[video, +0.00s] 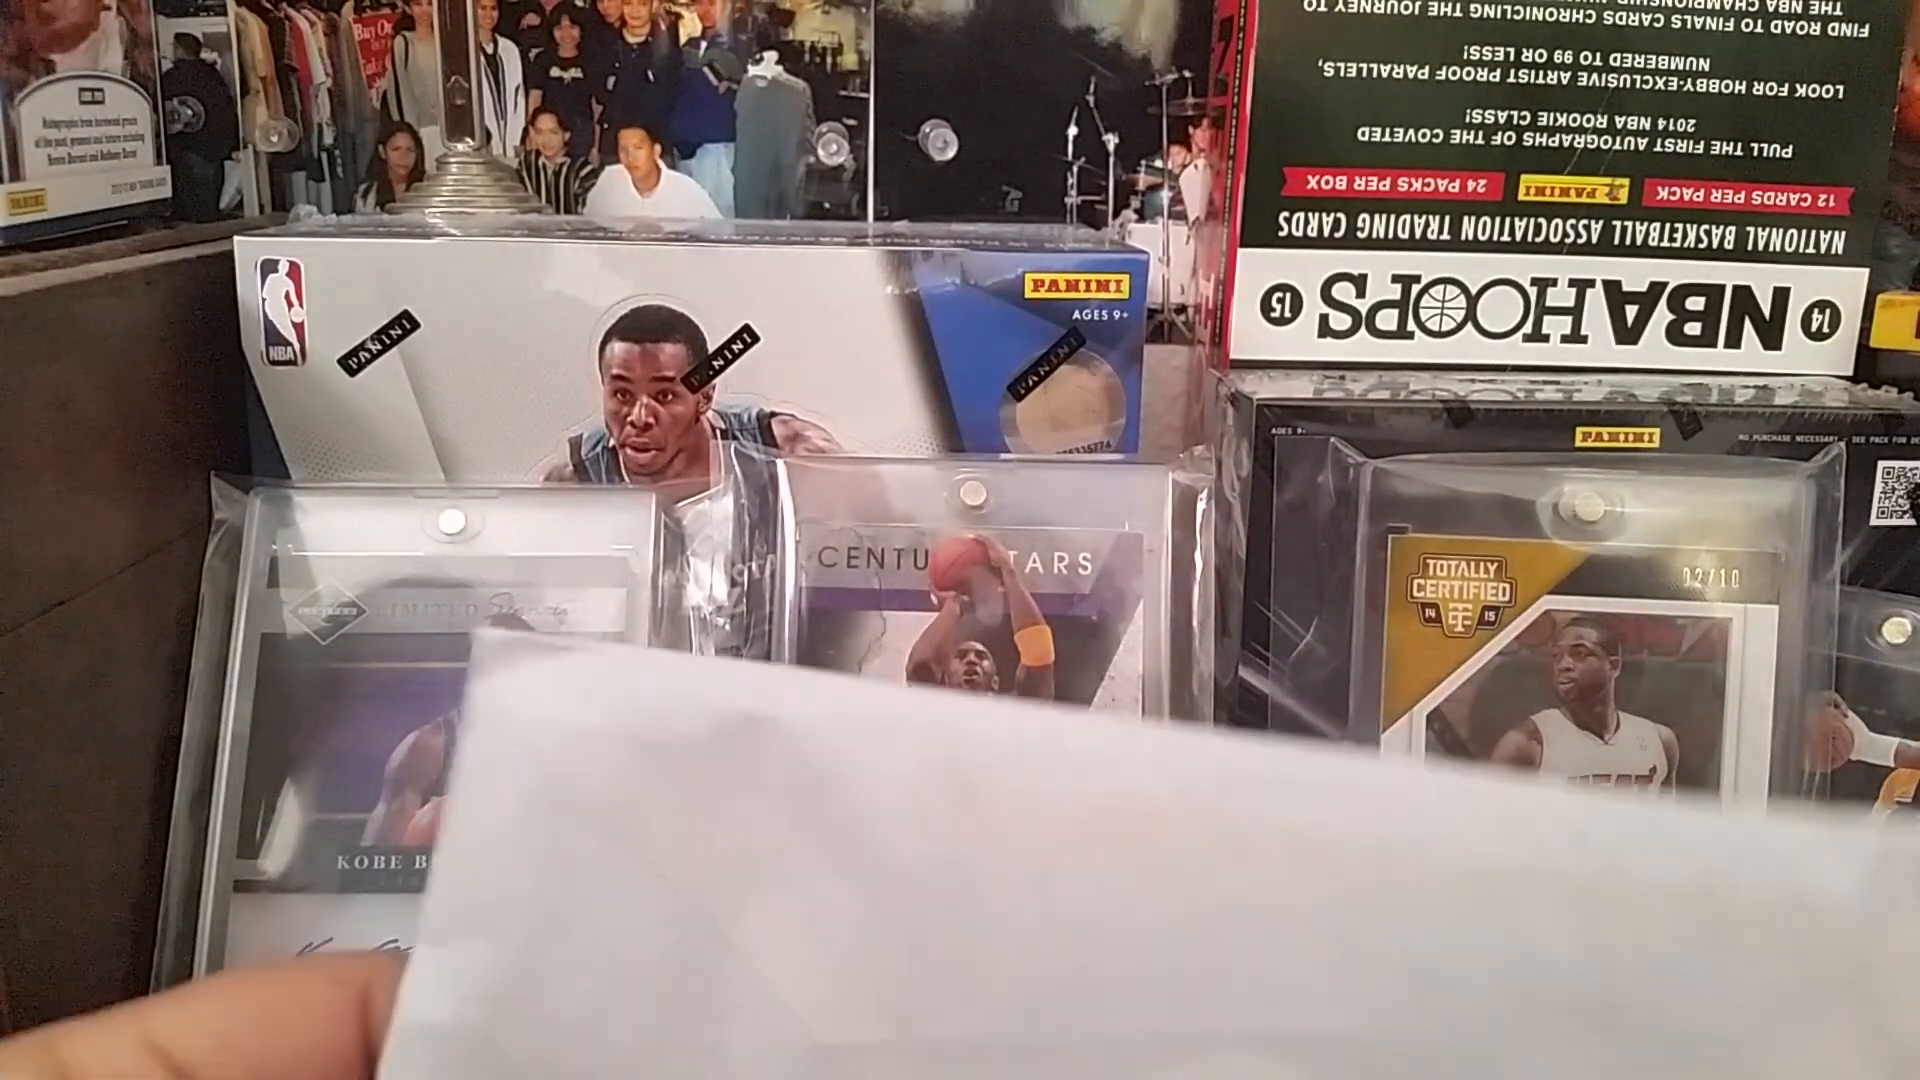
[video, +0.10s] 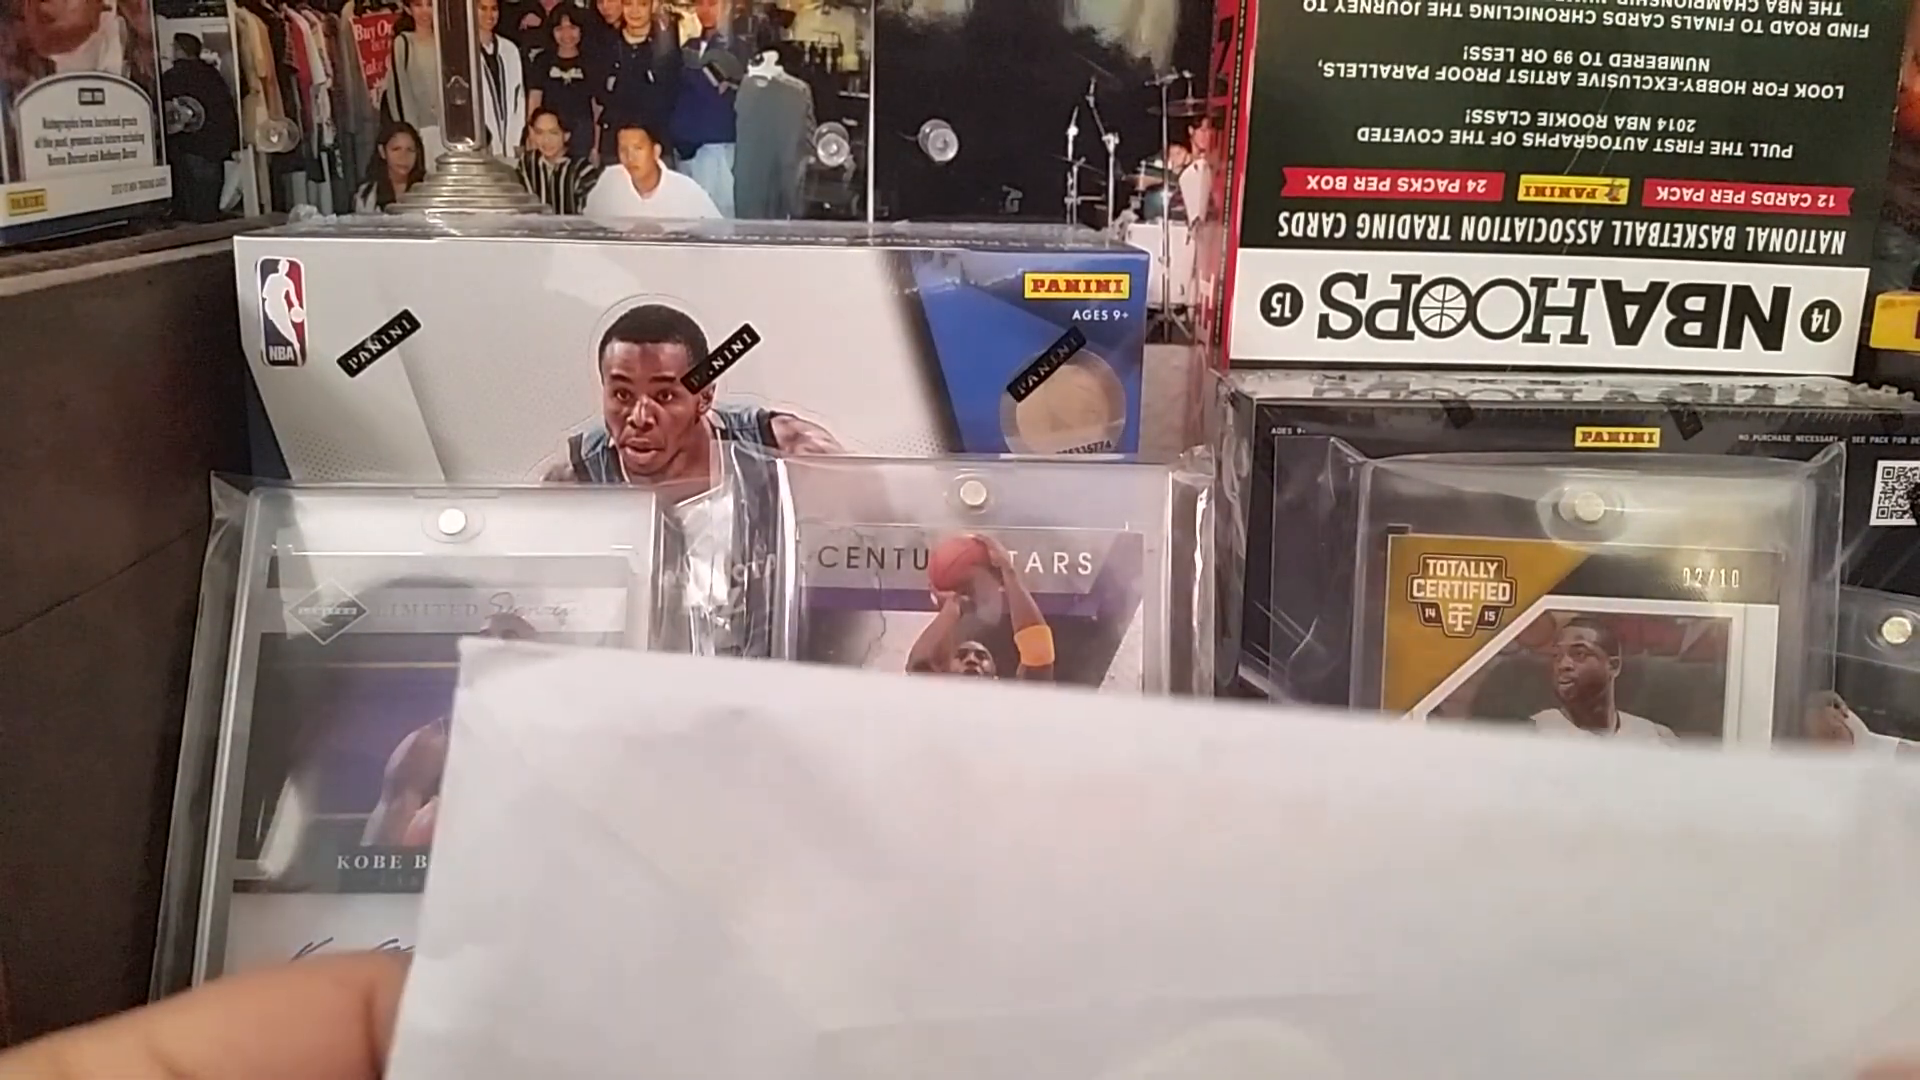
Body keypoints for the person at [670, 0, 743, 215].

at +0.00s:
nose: (701, 10)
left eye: (708, 4)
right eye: (699, 4)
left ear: (723, 7)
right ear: (695, 8)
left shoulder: (734, 47)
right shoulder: (689, 47)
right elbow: (674, 90)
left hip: (716, 141)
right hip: (683, 140)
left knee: (715, 212)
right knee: (687, 210)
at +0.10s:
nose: (703, 10)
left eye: (710, 4)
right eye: (700, 4)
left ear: (723, 8)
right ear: (695, 9)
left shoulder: (734, 49)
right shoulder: (688, 48)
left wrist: (686, 68)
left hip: (717, 140)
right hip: (683, 139)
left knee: (715, 209)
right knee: (687, 207)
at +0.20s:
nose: (703, 9)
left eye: (710, 4)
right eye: (701, 4)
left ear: (724, 8)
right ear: (696, 9)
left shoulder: (735, 49)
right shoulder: (688, 48)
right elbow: (674, 90)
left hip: (718, 139)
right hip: (683, 139)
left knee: (716, 207)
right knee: (687, 206)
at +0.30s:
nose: (704, 10)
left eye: (711, 3)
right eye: (699, 4)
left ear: (726, 6)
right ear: (694, 9)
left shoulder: (738, 48)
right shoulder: (688, 48)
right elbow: (672, 92)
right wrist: (670, 137)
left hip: (715, 144)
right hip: (682, 144)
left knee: (716, 218)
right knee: (685, 215)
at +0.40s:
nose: (703, 10)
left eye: (711, 3)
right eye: (699, 4)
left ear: (726, 6)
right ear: (694, 8)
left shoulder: (739, 49)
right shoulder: (688, 48)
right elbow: (673, 93)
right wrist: (673, 136)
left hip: (718, 145)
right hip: (683, 144)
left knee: (717, 218)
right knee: (686, 215)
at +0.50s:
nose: (704, 10)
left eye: (711, 3)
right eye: (699, 4)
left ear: (725, 6)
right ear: (694, 8)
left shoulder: (739, 49)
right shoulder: (687, 48)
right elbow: (672, 94)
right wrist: (671, 137)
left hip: (719, 144)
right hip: (683, 144)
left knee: (716, 216)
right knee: (686, 214)